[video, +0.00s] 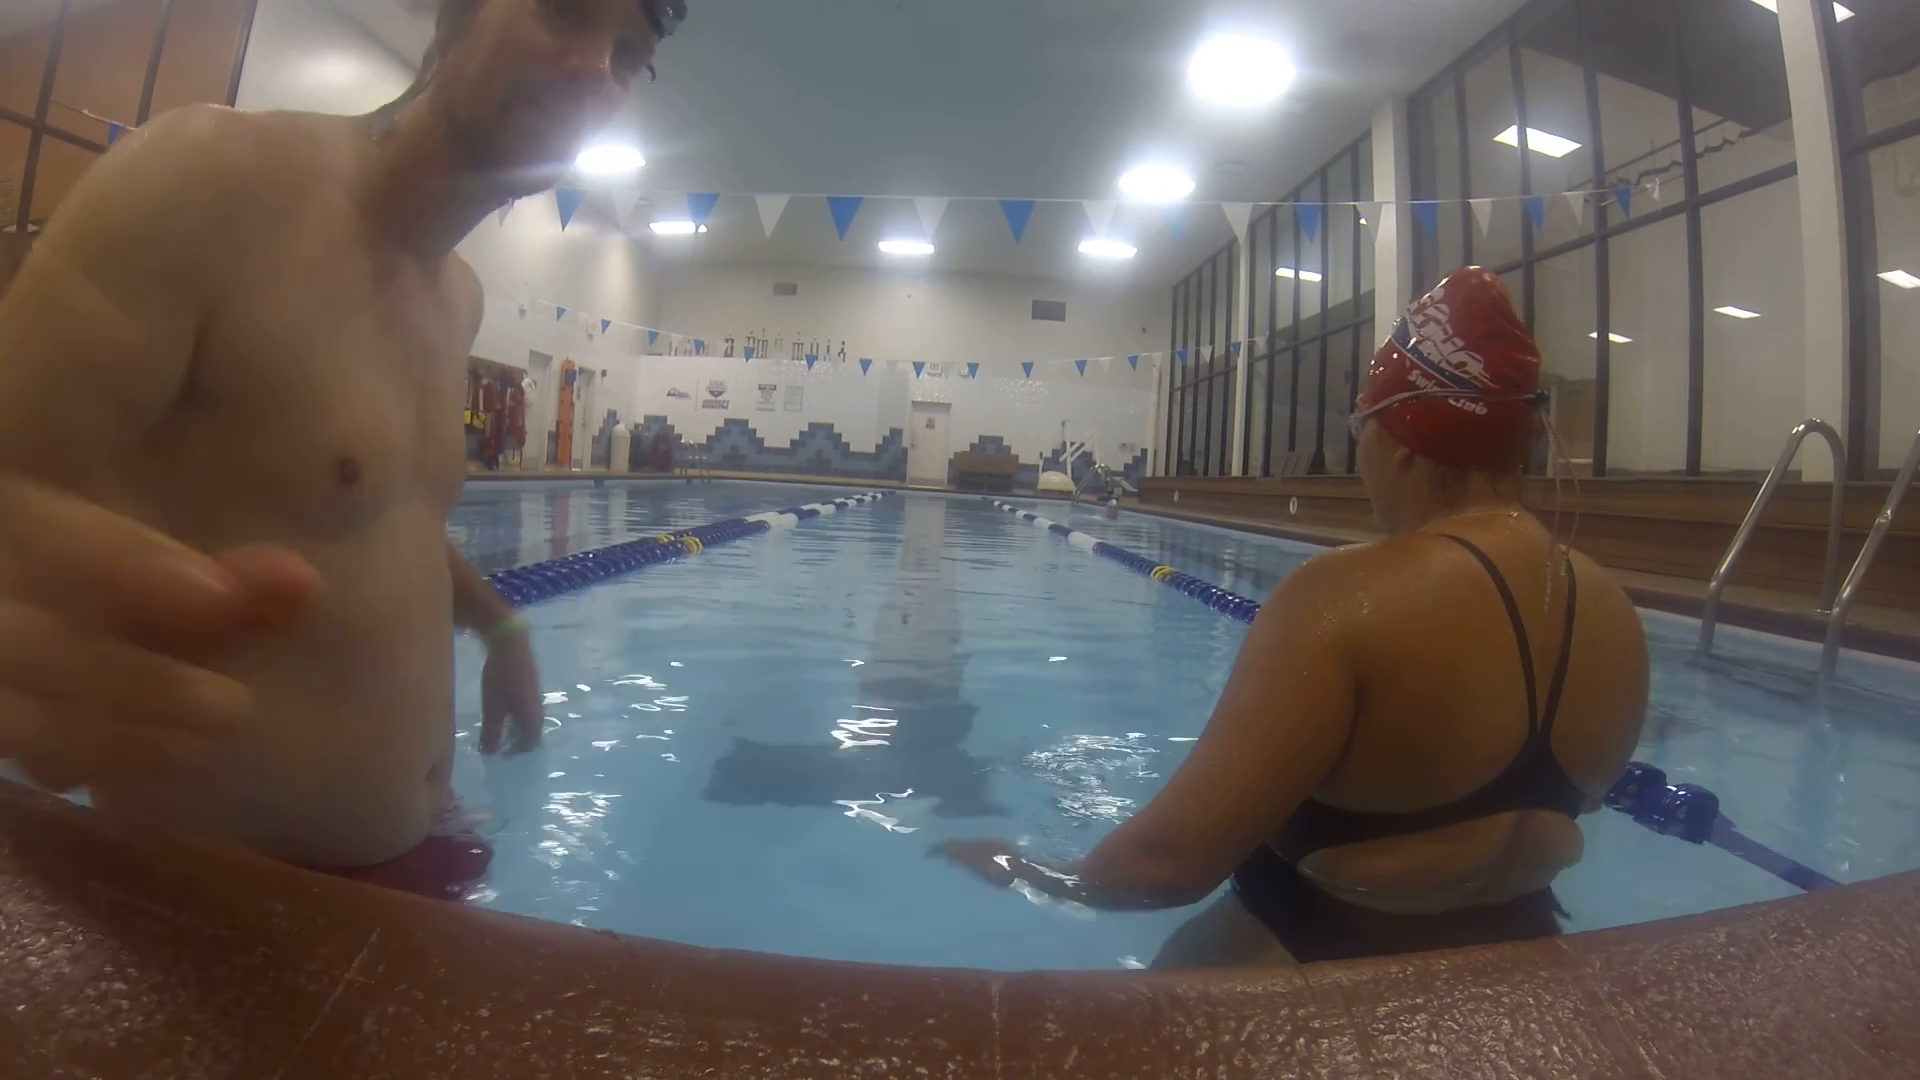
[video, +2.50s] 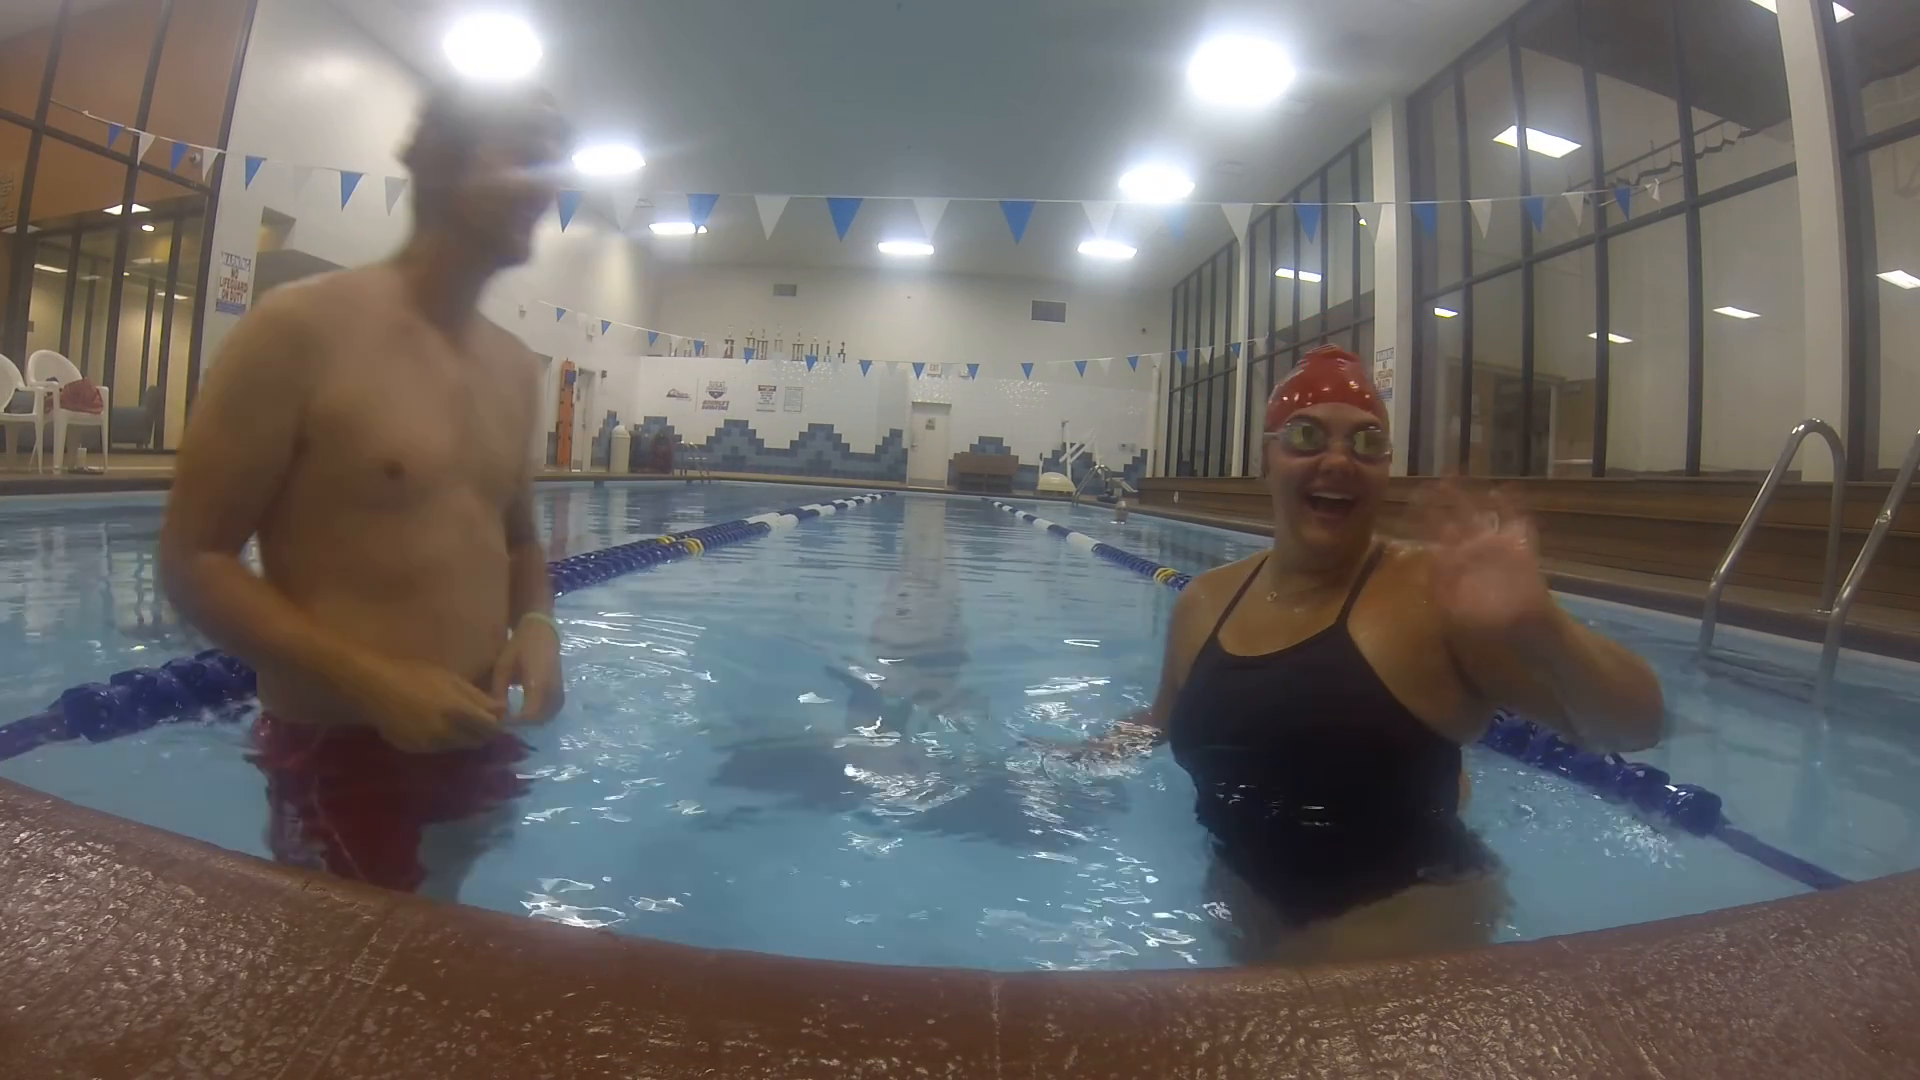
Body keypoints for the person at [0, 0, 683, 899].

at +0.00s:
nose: (593, 70)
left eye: (628, 56)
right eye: (564, 13)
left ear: (631, 97)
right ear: (451, 14)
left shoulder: (457, 294)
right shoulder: (204, 177)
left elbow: (379, 516)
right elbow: (25, 485)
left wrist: (496, 620)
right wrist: (58, 607)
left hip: (407, 875)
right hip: (194, 897)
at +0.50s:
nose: (523, 97)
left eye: (550, 78)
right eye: (490, 50)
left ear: (556, 114)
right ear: (398, 61)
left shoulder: (459, 305)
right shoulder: (215, 244)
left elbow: (418, 511)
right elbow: (16, 582)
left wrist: (522, 586)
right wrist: (198, 495)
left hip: (441, 826)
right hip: (267, 839)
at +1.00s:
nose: (550, 203)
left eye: (572, 191)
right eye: (526, 168)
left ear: (575, 222)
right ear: (456, 175)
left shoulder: (521, 378)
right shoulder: (314, 319)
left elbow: (515, 536)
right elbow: (185, 551)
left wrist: (544, 610)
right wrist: (266, 514)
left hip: (468, 771)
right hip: (337, 768)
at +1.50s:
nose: (649, 336)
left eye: (667, 321)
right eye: (632, 299)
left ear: (674, 332)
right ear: (566, 279)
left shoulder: (570, 446)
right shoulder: (401, 339)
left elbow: (521, 590)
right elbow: (233, 510)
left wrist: (540, 623)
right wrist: (395, 494)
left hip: (459, 746)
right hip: (312, 742)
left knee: (476, 839)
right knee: (341, 939)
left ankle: (450, 902)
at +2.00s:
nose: (650, 340)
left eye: (670, 326)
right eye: (635, 303)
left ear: (675, 340)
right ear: (568, 282)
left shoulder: (573, 461)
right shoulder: (407, 343)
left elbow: (529, 598)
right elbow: (224, 508)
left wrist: (544, 631)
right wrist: (398, 487)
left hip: (451, 739)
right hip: (307, 729)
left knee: (498, 843)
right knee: (312, 913)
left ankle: (456, 917)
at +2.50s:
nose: (546, 185)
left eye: (553, 163)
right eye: (520, 155)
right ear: (431, 166)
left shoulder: (513, 364)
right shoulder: (299, 331)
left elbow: (518, 532)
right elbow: (192, 560)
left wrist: (535, 620)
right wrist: (375, 685)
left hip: (474, 753)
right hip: (339, 759)